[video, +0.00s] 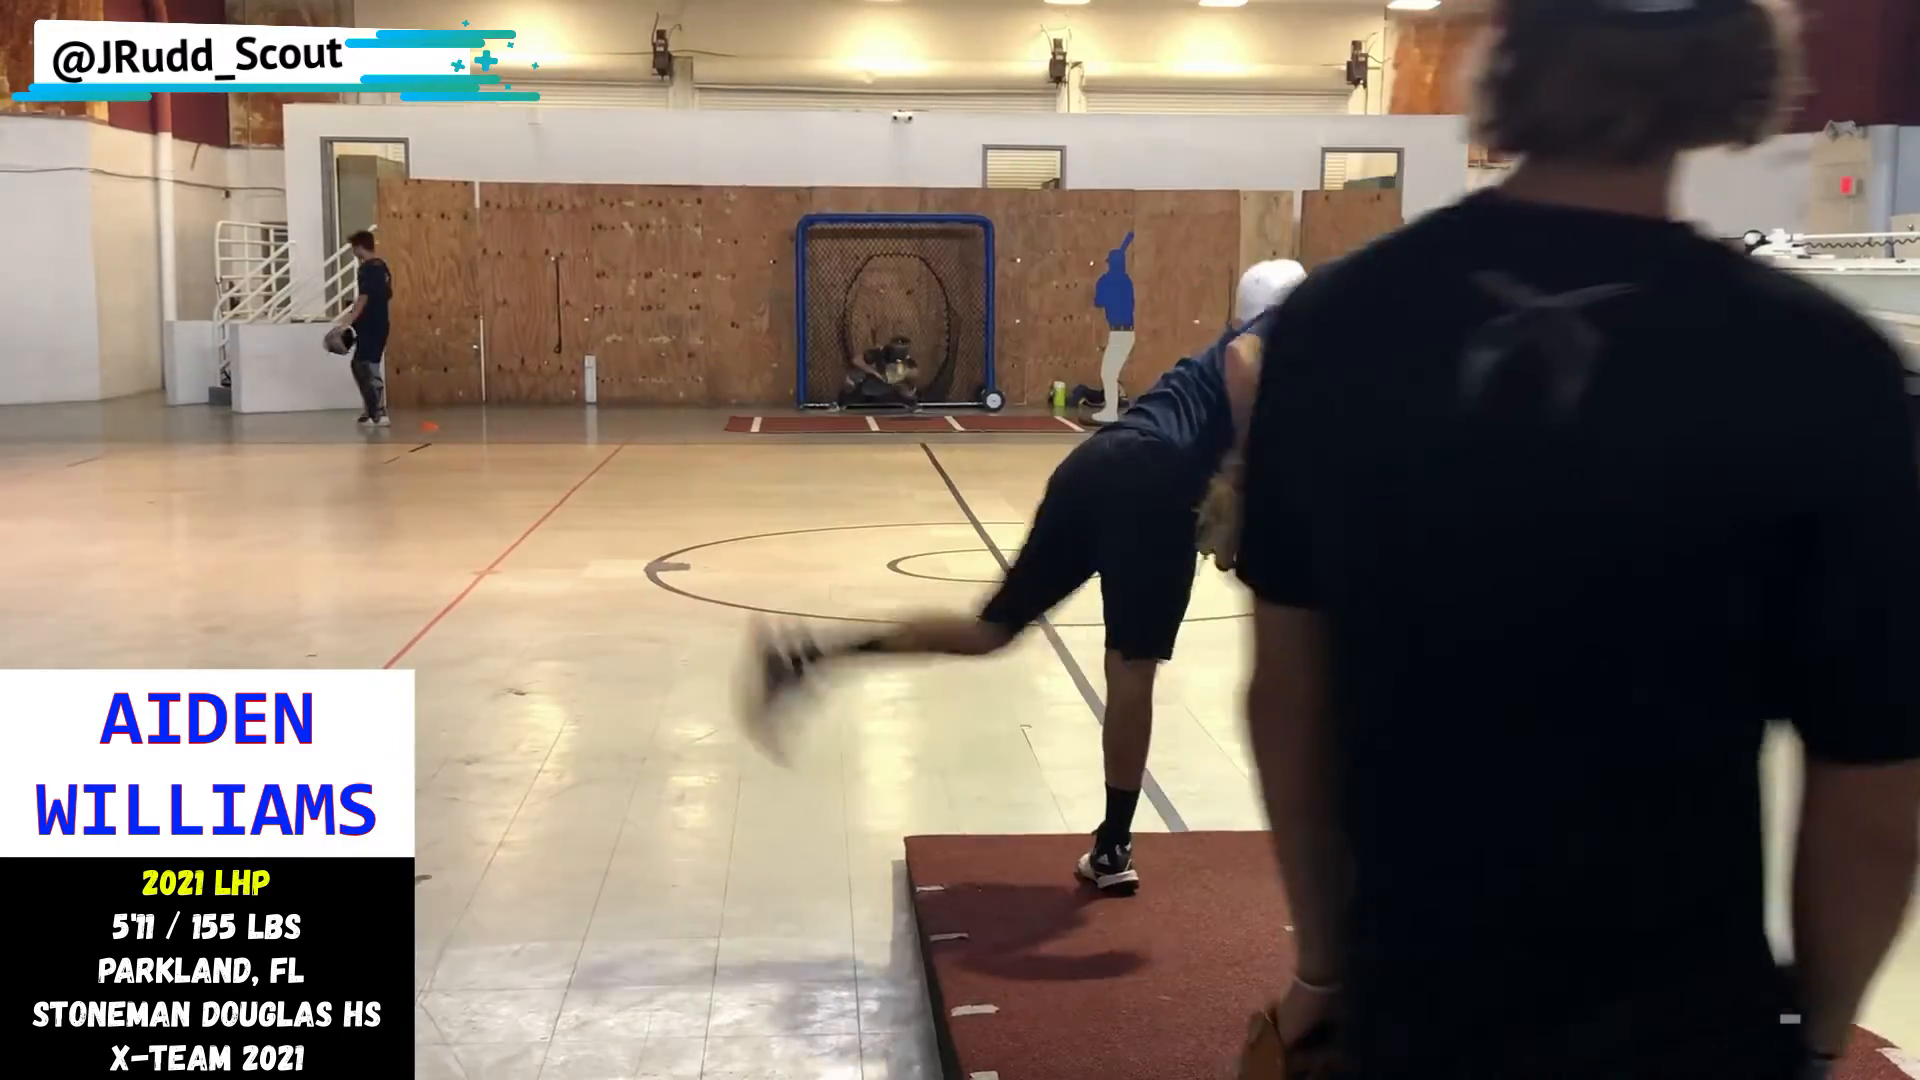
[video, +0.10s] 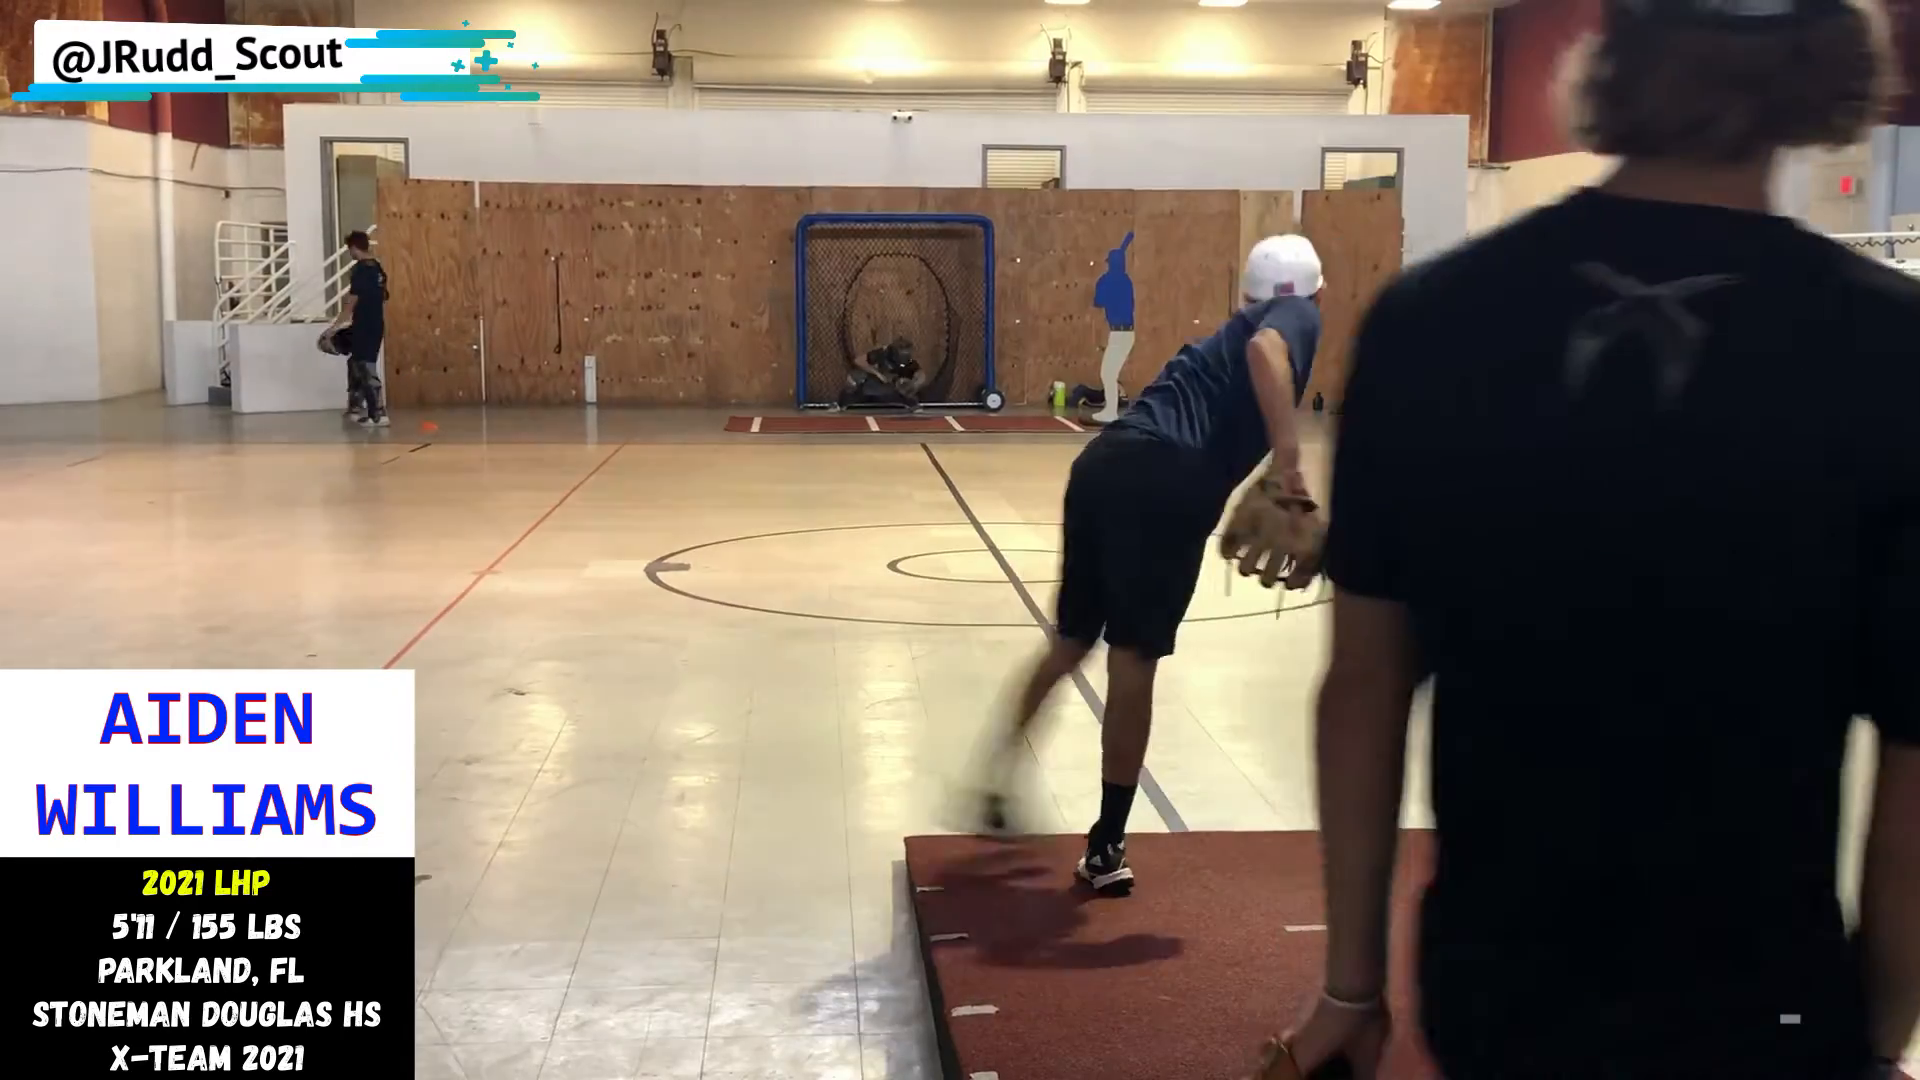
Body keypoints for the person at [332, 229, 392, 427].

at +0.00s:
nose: (354, 252)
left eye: (355, 248)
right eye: (353, 248)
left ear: (361, 247)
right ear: (371, 246)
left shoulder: (366, 269)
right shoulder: (380, 266)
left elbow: (363, 298)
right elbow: (387, 294)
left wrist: (349, 321)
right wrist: (358, 306)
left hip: (370, 324)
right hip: (378, 323)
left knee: (364, 364)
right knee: (361, 364)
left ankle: (378, 410)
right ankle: (371, 409)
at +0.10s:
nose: (349, 253)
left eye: (350, 249)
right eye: (349, 249)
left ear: (355, 248)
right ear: (366, 246)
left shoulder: (360, 270)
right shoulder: (376, 267)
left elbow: (351, 302)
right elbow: (383, 296)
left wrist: (336, 325)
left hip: (364, 324)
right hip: (376, 322)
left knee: (364, 364)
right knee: (355, 363)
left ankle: (377, 412)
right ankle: (355, 405)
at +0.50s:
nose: (337, 250)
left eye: (337, 247)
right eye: (339, 247)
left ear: (337, 247)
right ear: (354, 248)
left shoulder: (333, 268)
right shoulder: (362, 273)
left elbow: (327, 298)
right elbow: (367, 306)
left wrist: (313, 327)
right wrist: (370, 333)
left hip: (335, 326)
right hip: (353, 327)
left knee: (336, 367)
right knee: (344, 367)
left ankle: (362, 403)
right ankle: (339, 409)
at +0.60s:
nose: (336, 251)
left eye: (335, 247)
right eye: (343, 247)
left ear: (335, 247)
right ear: (352, 248)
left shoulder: (328, 266)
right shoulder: (360, 272)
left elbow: (321, 296)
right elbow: (366, 304)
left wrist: (309, 323)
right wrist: (370, 333)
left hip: (330, 324)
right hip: (350, 325)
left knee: (323, 366)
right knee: (345, 367)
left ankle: (346, 397)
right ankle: (337, 409)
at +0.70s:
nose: (330, 250)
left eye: (330, 247)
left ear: (332, 247)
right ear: (349, 247)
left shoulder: (325, 266)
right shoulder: (357, 270)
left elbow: (318, 296)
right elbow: (364, 303)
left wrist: (304, 321)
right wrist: (371, 331)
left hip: (326, 325)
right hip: (347, 326)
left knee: (317, 364)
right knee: (343, 368)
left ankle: (332, 400)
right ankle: (340, 412)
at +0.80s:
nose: (327, 250)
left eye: (327, 247)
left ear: (328, 246)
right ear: (345, 247)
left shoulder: (322, 266)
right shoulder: (354, 270)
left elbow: (313, 296)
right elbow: (362, 303)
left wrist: (300, 320)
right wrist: (369, 331)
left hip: (322, 325)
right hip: (345, 326)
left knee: (315, 364)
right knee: (342, 369)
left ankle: (317, 405)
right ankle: (338, 411)